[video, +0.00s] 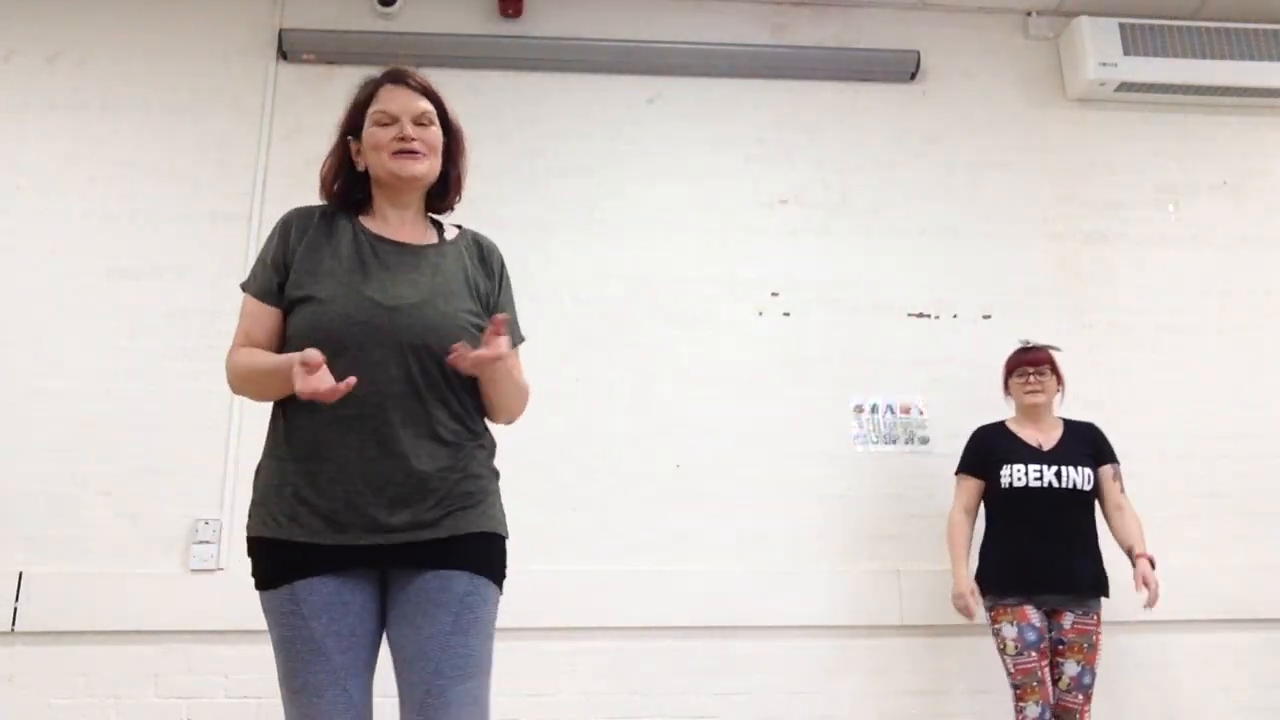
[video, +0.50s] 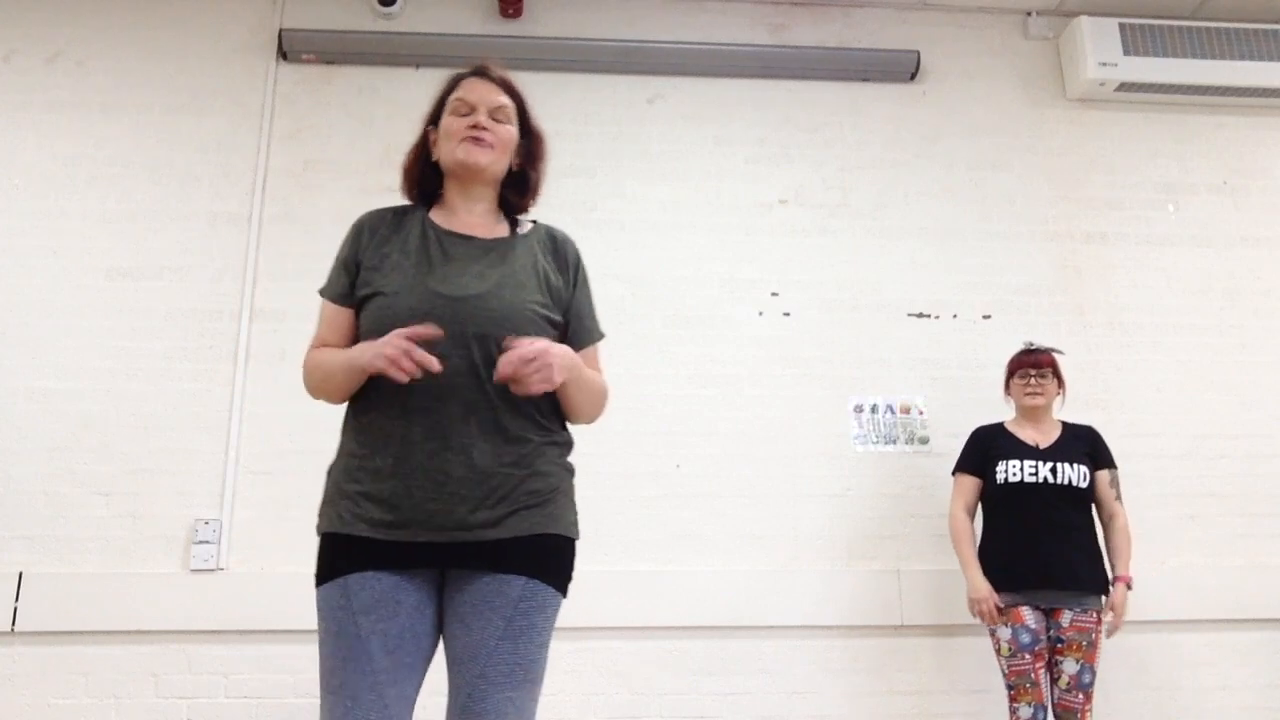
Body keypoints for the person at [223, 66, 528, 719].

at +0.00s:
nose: (409, 133)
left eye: (424, 122)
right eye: (387, 123)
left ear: (445, 148)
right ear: (357, 149)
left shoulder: (478, 258)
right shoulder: (302, 234)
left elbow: (509, 408)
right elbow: (242, 366)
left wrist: (497, 362)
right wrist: (289, 372)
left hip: (450, 520)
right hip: (310, 521)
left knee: (451, 713)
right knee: (324, 714)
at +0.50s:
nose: (479, 121)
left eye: (499, 117)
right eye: (463, 110)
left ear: (519, 151)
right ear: (433, 140)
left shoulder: (555, 253)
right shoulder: (375, 234)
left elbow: (590, 405)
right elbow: (319, 375)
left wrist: (566, 365)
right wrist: (365, 356)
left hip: (516, 524)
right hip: (375, 519)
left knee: (494, 713)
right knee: (359, 713)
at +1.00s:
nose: (483, 124)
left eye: (506, 121)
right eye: (469, 109)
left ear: (523, 156)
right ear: (440, 129)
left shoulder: (543, 254)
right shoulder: (364, 226)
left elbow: (567, 408)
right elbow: (299, 370)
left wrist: (549, 352)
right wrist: (331, 344)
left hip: (499, 524)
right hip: (352, 516)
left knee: (478, 714)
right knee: (344, 712)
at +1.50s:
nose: (449, 125)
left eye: (471, 123)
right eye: (435, 110)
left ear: (485, 159)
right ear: (401, 128)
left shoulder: (511, 248)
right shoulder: (326, 232)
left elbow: (548, 396)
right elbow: (272, 374)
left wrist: (511, 361)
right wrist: (314, 367)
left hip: (487, 523)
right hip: (336, 519)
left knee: (473, 714)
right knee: (337, 713)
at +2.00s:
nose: (447, 123)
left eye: (467, 117)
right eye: (430, 109)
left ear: (484, 148)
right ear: (396, 130)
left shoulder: (512, 250)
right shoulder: (329, 229)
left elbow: (546, 401)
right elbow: (271, 377)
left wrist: (512, 339)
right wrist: (329, 326)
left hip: (486, 524)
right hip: (335, 520)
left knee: (473, 714)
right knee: (336, 714)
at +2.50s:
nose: (445, 123)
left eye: (463, 113)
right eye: (425, 111)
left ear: (486, 142)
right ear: (397, 137)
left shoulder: (519, 250)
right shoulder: (336, 227)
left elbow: (552, 401)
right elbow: (274, 366)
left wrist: (509, 365)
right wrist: (353, 354)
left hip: (487, 525)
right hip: (335, 518)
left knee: (472, 713)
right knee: (336, 712)